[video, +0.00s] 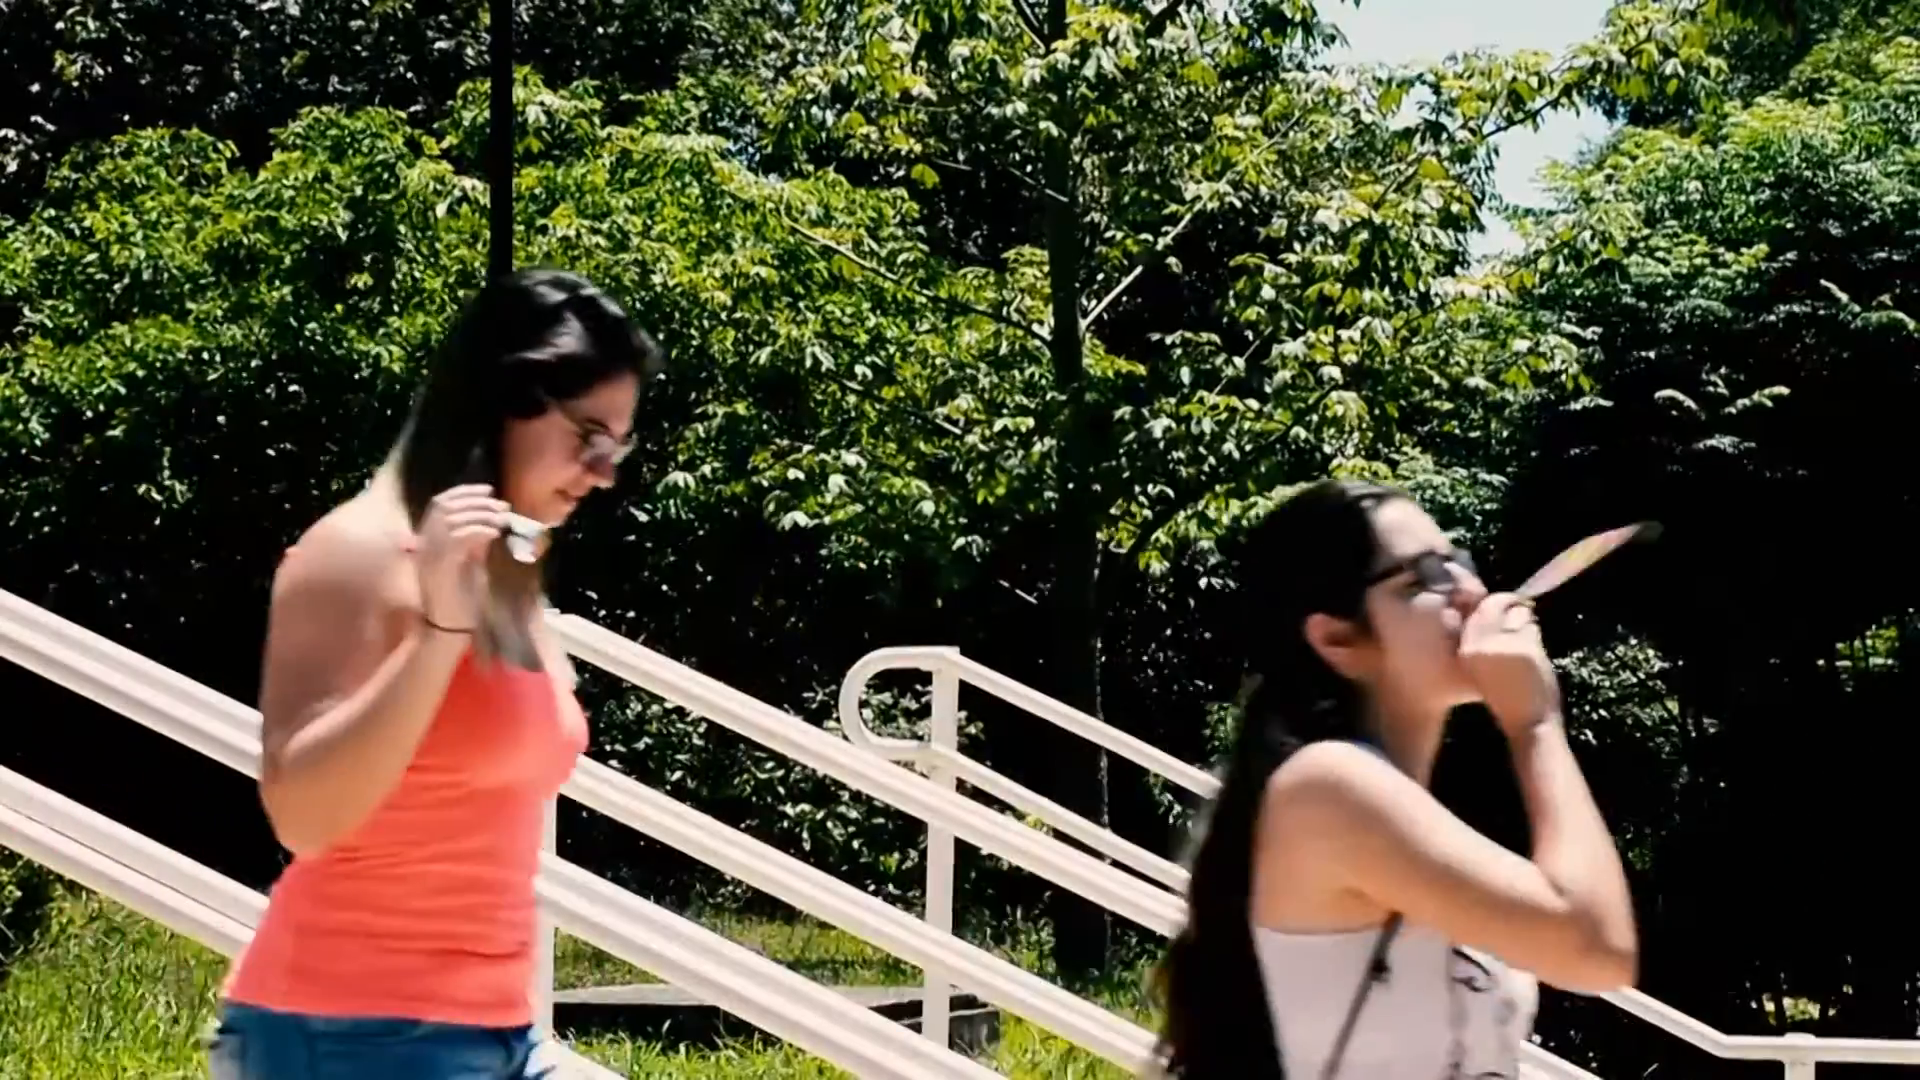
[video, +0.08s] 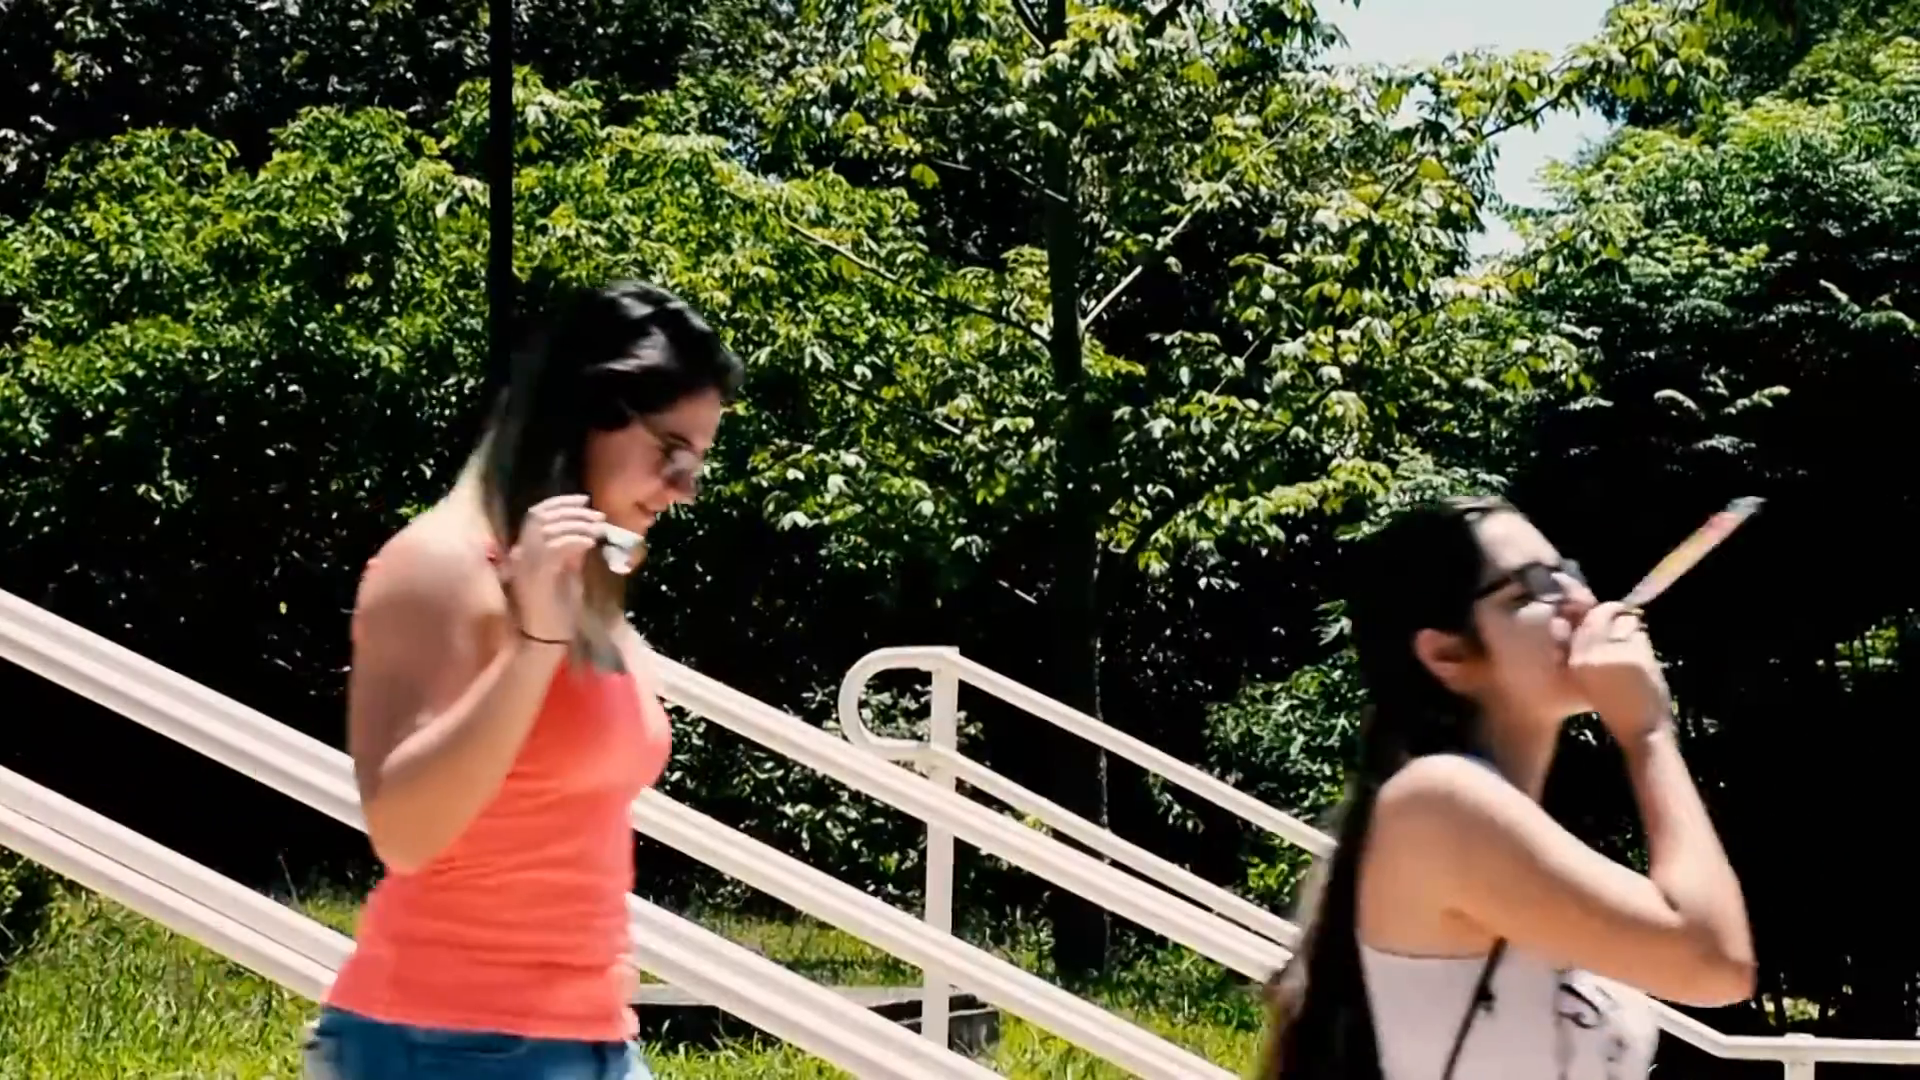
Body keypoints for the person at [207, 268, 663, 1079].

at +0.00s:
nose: (602, 472)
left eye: (616, 446)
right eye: (588, 433)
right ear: (502, 401)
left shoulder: (507, 573)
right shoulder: (350, 556)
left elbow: (509, 847)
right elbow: (302, 818)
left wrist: (527, 1023)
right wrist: (441, 634)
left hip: (488, 1030)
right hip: (349, 1035)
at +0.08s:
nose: (682, 489)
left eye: (695, 464)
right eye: (672, 451)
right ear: (586, 415)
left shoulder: (578, 576)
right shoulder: (431, 567)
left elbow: (561, 823)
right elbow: (401, 833)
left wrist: (607, 954)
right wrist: (536, 644)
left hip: (589, 1041)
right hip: (435, 1043)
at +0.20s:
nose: (812, 528)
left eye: (822, 498)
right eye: (794, 488)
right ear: (700, 458)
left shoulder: (703, 630)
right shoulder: (561, 621)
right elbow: (535, 898)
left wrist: (753, 1030)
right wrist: (654, 701)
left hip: (729, 1052)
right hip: (580, 1053)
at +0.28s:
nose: (907, 544)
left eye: (912, 512)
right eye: (882, 507)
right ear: (787, 496)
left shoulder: (808, 674)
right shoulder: (654, 672)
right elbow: (611, 950)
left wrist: (827, 1054)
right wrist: (748, 767)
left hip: (814, 1058)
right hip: (673, 1063)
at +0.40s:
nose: (1028, 548)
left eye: (1032, 517)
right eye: (1000, 511)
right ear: (903, 505)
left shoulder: (954, 695)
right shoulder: (773, 681)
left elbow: (931, 947)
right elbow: (718, 953)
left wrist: (955, 1057)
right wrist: (866, 779)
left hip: (940, 1059)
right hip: (795, 1061)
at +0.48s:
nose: (1110, 559)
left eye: (1112, 527)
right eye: (1079, 523)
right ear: (978, 524)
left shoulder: (1041, 712)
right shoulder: (864, 693)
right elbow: (808, 964)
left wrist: (1059, 1056)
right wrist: (942, 778)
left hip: (1046, 1059)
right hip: (906, 1063)